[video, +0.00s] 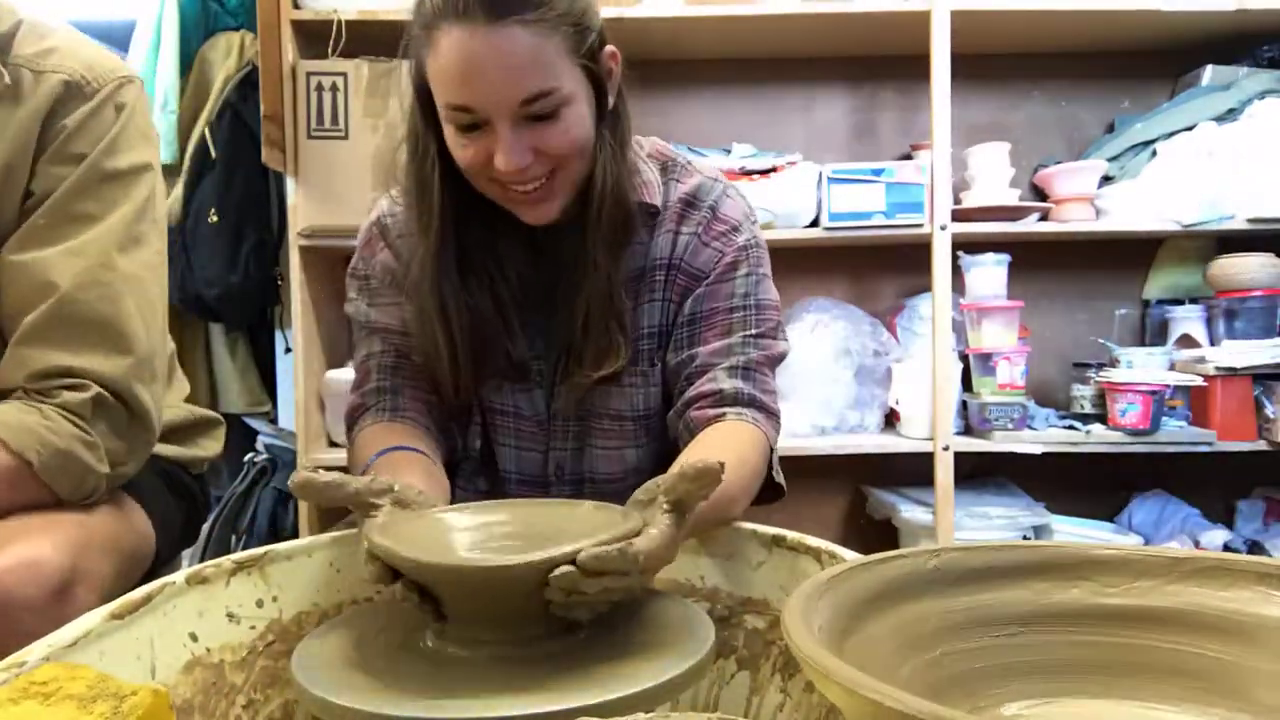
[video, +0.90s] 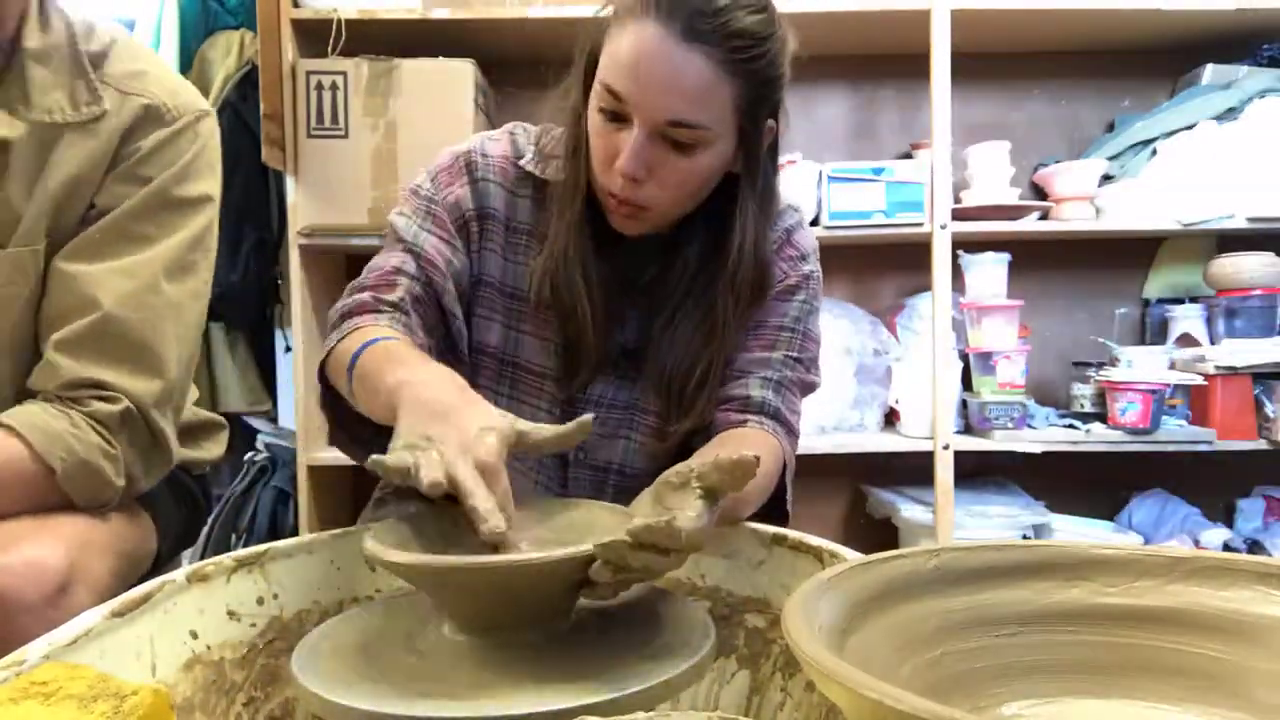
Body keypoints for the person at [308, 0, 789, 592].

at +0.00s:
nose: (510, 160)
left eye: (541, 113)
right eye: (469, 125)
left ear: (605, 80)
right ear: (433, 114)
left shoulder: (705, 224)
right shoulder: (404, 240)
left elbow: (736, 411)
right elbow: (391, 405)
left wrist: (675, 506)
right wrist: (415, 497)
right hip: (471, 600)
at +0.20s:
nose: (511, 154)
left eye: (548, 109)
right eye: (472, 115)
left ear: (607, 84)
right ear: (432, 104)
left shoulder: (695, 222)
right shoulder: (388, 237)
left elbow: (728, 405)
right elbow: (383, 419)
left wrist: (707, 489)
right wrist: (385, 496)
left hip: (641, 603)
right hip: (455, 604)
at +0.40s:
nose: (585, 128)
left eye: (631, 93)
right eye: (558, 84)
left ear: (693, 97)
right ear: (524, 84)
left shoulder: (738, 231)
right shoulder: (437, 202)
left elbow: (750, 414)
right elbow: (351, 352)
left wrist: (696, 500)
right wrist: (326, 458)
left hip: (637, 595)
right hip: (448, 584)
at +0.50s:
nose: (619, 139)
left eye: (667, 110)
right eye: (597, 94)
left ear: (727, 111)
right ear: (562, 81)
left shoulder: (753, 236)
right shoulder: (464, 193)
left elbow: (756, 414)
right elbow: (392, 347)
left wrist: (700, 499)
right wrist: (377, 443)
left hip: (645, 594)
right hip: (460, 586)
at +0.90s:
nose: (627, 166)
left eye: (679, 141)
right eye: (612, 114)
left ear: (745, 148)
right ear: (587, 89)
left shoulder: (774, 252)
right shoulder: (486, 181)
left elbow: (762, 420)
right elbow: (362, 325)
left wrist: (701, 493)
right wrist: (426, 394)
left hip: (642, 598)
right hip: (457, 579)